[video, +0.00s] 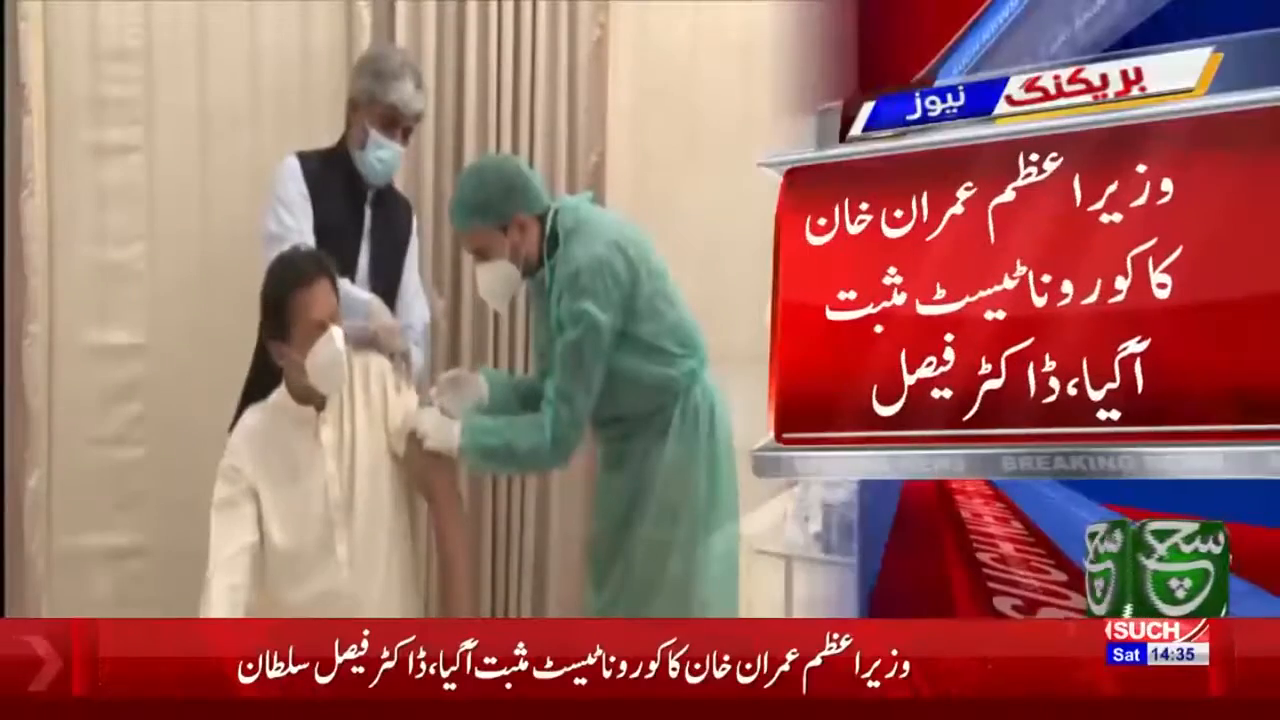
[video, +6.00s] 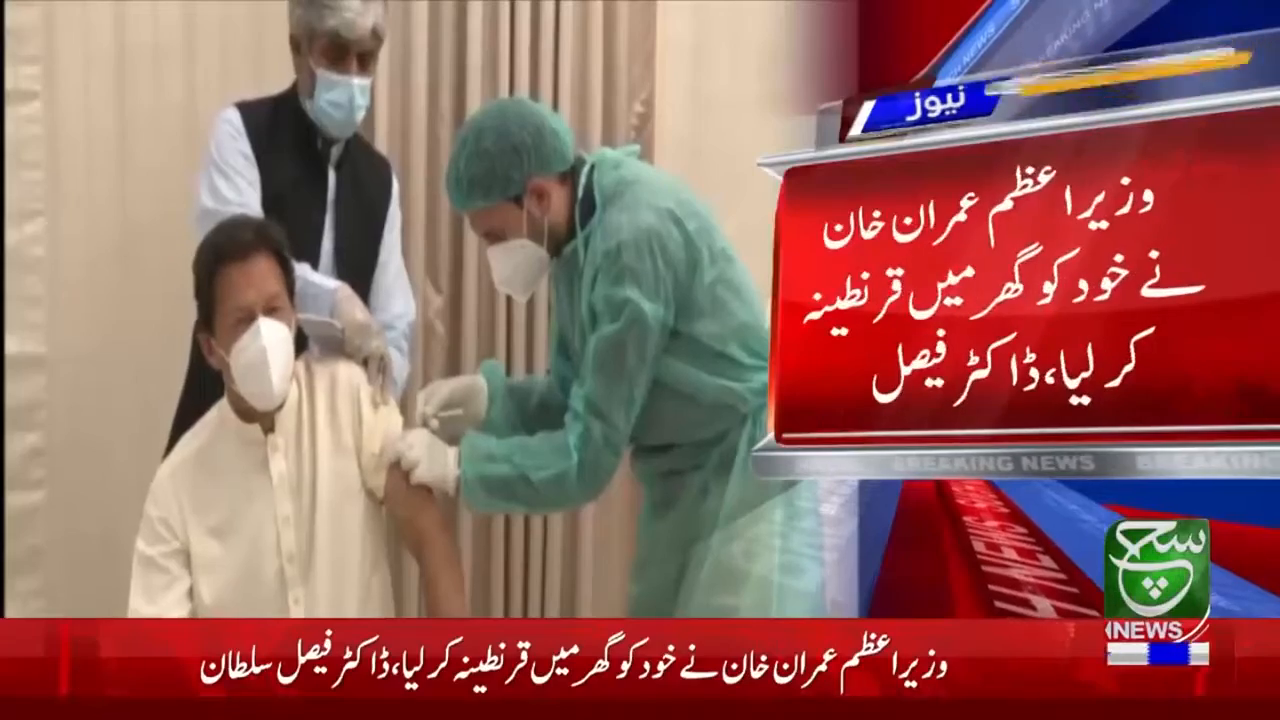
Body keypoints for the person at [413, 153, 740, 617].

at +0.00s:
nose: (481, 268)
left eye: (484, 254)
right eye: (475, 256)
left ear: (522, 228)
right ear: (522, 228)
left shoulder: (589, 260)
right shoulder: (552, 257)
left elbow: (558, 435)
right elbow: (551, 393)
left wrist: (459, 437)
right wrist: (485, 389)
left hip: (675, 432)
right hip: (628, 434)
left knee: (654, 596)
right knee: (614, 590)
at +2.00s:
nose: (483, 276)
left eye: (485, 263)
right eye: (476, 266)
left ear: (519, 233)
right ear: (519, 234)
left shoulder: (591, 261)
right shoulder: (553, 260)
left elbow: (562, 436)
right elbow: (554, 396)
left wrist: (461, 416)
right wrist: (488, 390)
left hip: (679, 434)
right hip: (632, 438)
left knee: (655, 604)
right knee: (614, 598)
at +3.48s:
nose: (506, 206)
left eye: (512, 190)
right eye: (501, 192)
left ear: (553, 171)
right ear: (551, 171)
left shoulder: (611, 225)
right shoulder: (581, 211)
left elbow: (583, 388)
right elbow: (595, 333)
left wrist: (484, 433)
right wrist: (550, 367)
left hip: (666, 429)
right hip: (629, 427)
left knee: (644, 600)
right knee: (613, 593)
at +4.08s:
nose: (528, 173)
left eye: (534, 159)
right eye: (523, 160)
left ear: (576, 141)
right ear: (572, 142)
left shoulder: (626, 209)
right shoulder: (596, 197)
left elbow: (586, 356)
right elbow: (588, 324)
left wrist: (486, 417)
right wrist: (554, 355)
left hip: (658, 429)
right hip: (622, 426)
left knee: (639, 602)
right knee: (608, 595)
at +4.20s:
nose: (495, 239)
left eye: (497, 220)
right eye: (486, 222)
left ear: (543, 183)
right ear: (543, 182)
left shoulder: (635, 220)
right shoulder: (584, 219)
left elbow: (588, 448)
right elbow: (585, 400)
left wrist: (457, 456)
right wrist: (500, 395)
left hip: (749, 456)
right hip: (677, 462)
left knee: (724, 653)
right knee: (655, 649)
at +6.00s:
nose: (493, 254)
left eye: (495, 236)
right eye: (484, 239)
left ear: (542, 197)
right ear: (543, 197)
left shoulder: (634, 231)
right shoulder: (581, 229)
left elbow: (590, 455)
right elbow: (572, 399)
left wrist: (460, 466)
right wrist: (488, 399)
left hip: (750, 466)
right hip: (677, 473)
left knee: (731, 660)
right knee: (654, 657)